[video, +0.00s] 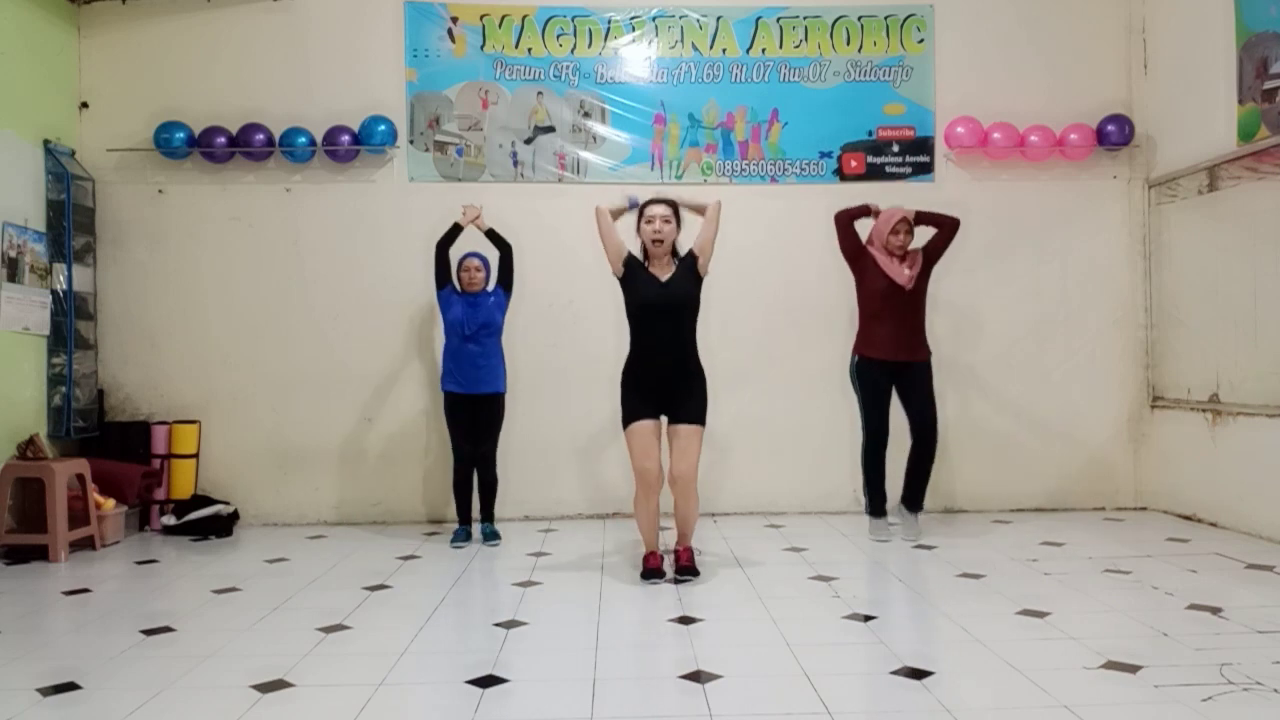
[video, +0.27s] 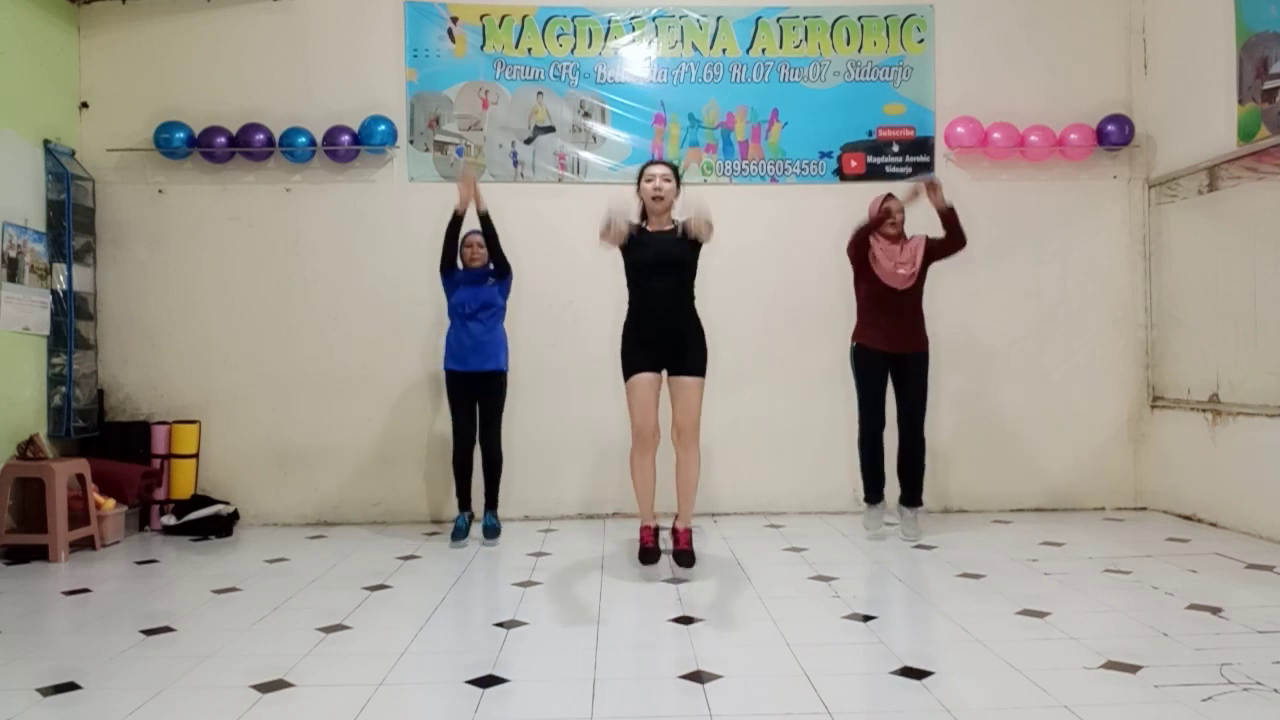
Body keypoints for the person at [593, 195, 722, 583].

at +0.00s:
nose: (657, 226)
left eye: (666, 221)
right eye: (649, 221)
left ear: (677, 230)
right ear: (639, 230)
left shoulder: (692, 268)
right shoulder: (628, 270)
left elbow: (714, 208)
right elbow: (600, 213)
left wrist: (673, 200)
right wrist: (627, 206)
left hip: (687, 380)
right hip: (641, 381)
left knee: (683, 475)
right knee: (647, 473)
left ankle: (684, 548)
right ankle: (651, 553)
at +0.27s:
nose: (657, 185)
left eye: (665, 180)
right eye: (650, 180)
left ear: (676, 191)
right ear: (639, 191)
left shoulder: (689, 231)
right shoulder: (631, 232)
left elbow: (701, 229)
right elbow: (615, 233)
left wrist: (699, 225)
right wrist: (613, 227)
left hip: (686, 339)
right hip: (641, 339)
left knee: (686, 435)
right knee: (644, 436)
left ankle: (683, 528)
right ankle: (648, 527)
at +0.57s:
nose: (658, 219)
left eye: (666, 214)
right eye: (650, 214)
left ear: (677, 225)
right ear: (639, 227)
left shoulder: (697, 276)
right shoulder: (626, 280)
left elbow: (709, 333)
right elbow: (618, 339)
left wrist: (698, 383)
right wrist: (617, 390)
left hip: (687, 384)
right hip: (641, 384)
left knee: (684, 473)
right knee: (646, 474)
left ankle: (679, 552)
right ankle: (646, 552)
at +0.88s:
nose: (658, 214)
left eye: (667, 210)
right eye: (650, 211)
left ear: (679, 225)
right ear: (640, 226)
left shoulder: (699, 271)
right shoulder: (630, 272)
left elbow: (718, 330)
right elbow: (608, 316)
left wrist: (700, 379)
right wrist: (620, 264)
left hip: (688, 374)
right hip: (644, 372)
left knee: (687, 466)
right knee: (643, 452)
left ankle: (680, 549)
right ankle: (646, 532)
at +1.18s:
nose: (656, 216)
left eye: (663, 210)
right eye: (648, 211)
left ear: (675, 221)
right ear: (637, 222)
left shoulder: (694, 270)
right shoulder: (627, 266)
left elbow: (705, 327)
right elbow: (622, 274)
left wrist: (691, 376)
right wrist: (637, 250)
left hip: (681, 372)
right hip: (637, 373)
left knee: (686, 470)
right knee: (640, 471)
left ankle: (679, 551)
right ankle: (639, 552)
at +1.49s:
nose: (655, 218)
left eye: (663, 212)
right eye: (647, 212)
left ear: (675, 222)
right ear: (636, 223)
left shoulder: (691, 270)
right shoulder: (626, 267)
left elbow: (704, 321)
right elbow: (620, 278)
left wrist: (690, 273)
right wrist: (637, 262)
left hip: (680, 371)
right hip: (635, 371)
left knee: (682, 466)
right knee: (638, 467)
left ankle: (680, 548)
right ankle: (640, 552)